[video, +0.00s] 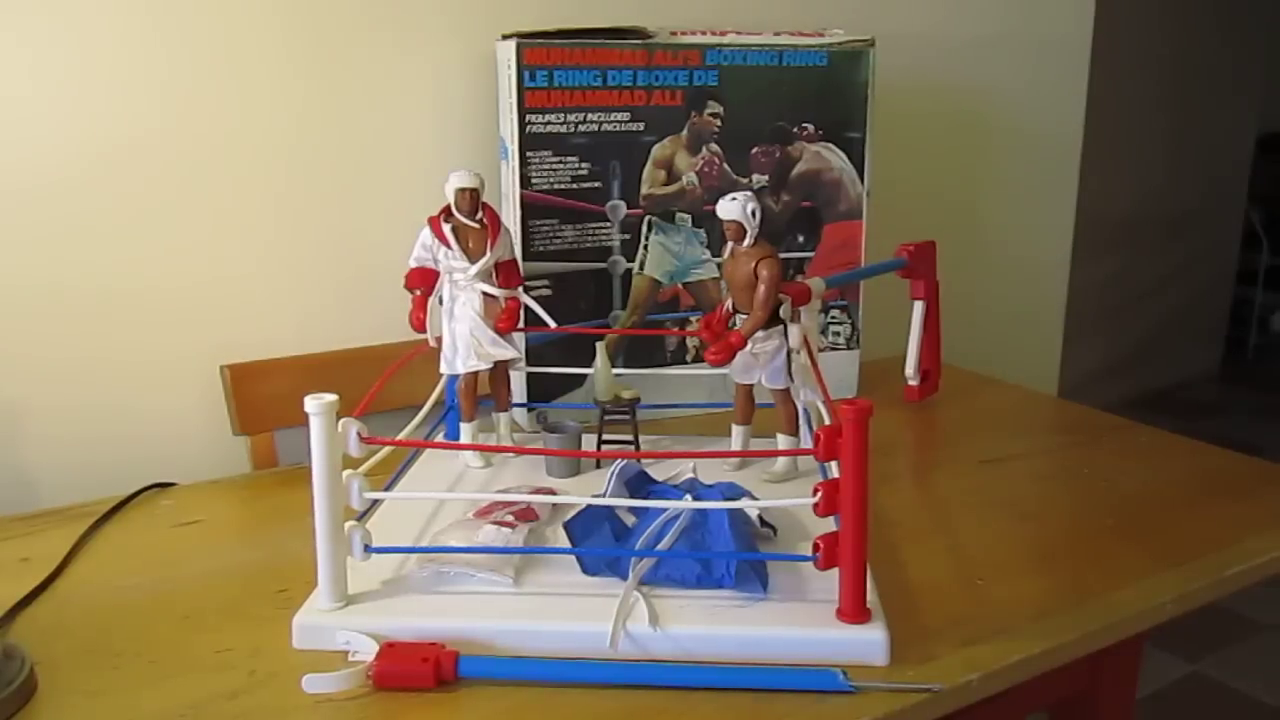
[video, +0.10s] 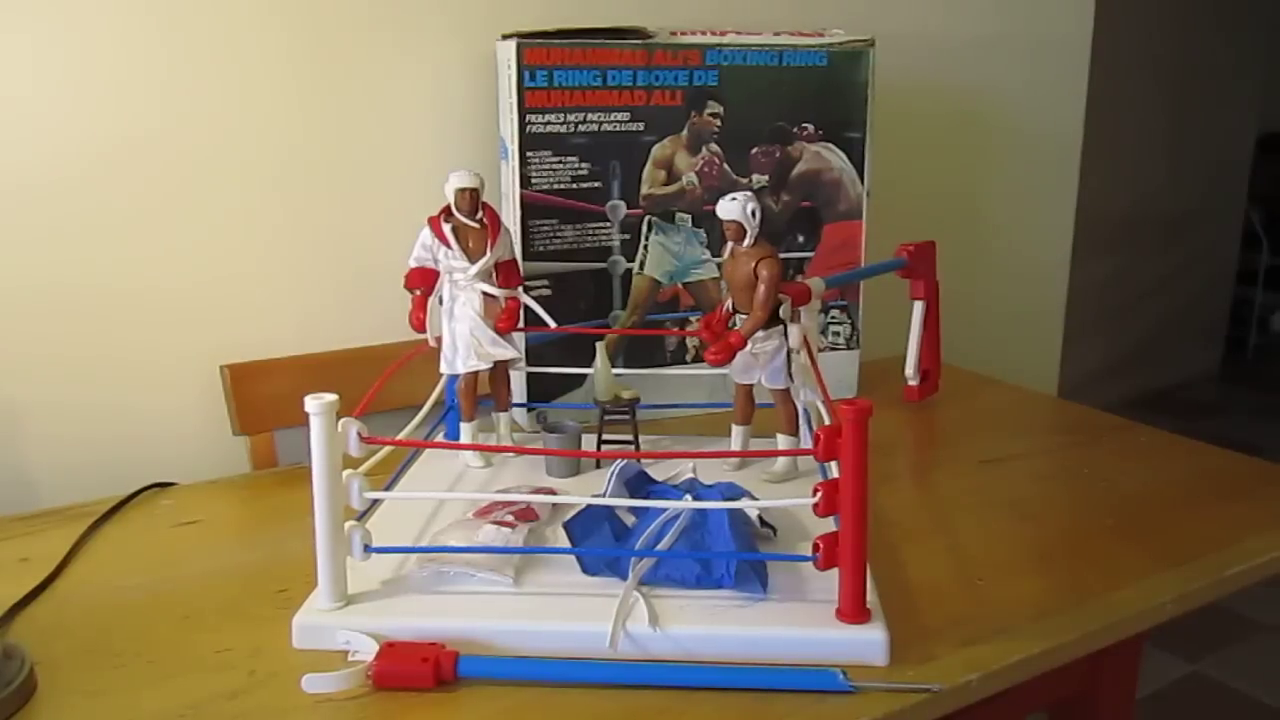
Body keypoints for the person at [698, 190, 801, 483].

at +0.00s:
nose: (725, 229)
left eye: (730, 224)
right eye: (723, 223)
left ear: (748, 224)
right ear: (725, 224)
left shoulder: (767, 262)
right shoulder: (730, 251)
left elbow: (762, 313)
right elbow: (735, 293)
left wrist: (736, 339)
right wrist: (721, 317)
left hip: (770, 334)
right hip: (744, 331)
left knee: (780, 392)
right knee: (742, 387)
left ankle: (787, 457)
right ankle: (738, 450)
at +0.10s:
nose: (725, 229)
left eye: (730, 224)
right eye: (723, 223)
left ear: (747, 224)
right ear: (724, 224)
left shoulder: (767, 263)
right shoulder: (730, 251)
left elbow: (761, 314)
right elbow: (734, 292)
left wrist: (736, 340)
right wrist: (720, 316)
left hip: (769, 334)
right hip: (743, 331)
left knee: (780, 392)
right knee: (742, 388)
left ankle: (787, 457)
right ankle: (737, 451)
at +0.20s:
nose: (725, 229)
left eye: (730, 224)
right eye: (723, 223)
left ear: (747, 224)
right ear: (725, 224)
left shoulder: (767, 263)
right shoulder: (730, 251)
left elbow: (761, 313)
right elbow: (734, 292)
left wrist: (736, 339)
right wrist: (720, 316)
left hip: (769, 335)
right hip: (743, 331)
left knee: (780, 392)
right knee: (742, 388)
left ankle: (787, 457)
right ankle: (738, 450)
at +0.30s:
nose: (725, 229)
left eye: (730, 223)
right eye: (723, 223)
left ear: (747, 224)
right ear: (724, 224)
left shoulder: (767, 262)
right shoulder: (730, 251)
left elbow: (761, 314)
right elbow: (734, 292)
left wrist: (736, 340)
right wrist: (720, 317)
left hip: (769, 334)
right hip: (743, 330)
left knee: (780, 392)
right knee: (742, 388)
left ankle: (787, 457)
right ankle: (737, 450)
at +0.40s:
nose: (725, 229)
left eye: (730, 224)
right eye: (723, 223)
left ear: (748, 224)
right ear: (724, 224)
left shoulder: (767, 263)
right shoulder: (730, 251)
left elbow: (761, 314)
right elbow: (734, 292)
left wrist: (736, 339)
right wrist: (720, 316)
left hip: (770, 334)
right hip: (743, 331)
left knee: (780, 392)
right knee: (742, 388)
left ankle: (787, 457)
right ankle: (738, 451)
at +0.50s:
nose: (725, 229)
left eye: (730, 224)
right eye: (723, 223)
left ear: (748, 224)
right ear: (724, 224)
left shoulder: (767, 262)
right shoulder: (731, 251)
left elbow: (761, 314)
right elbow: (734, 292)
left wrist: (736, 339)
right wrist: (720, 317)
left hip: (769, 334)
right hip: (743, 331)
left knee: (780, 392)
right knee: (742, 388)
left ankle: (787, 457)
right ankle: (738, 451)